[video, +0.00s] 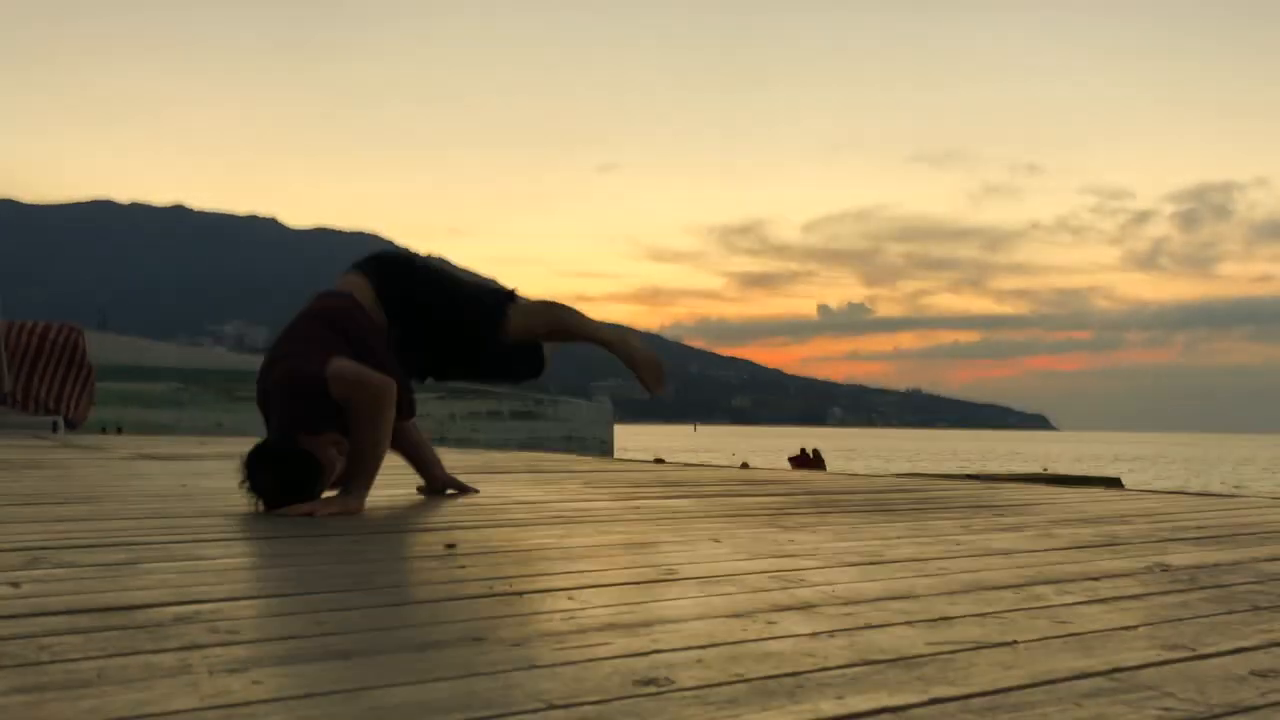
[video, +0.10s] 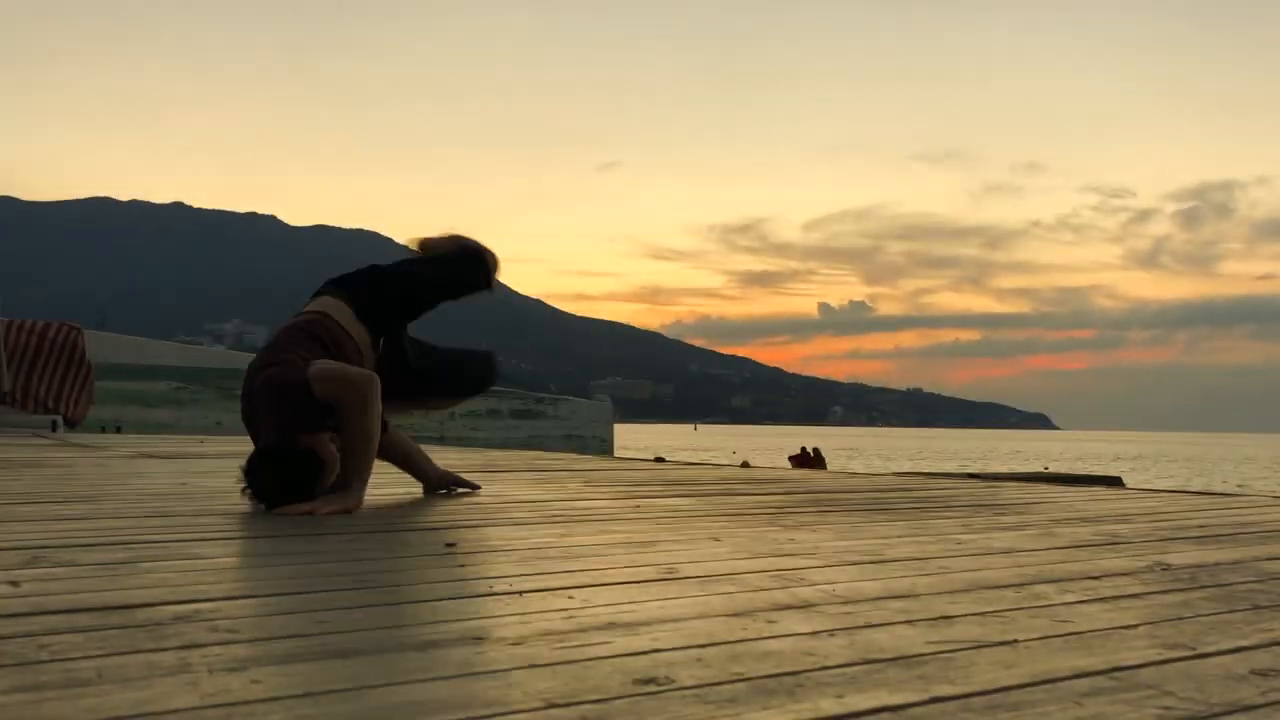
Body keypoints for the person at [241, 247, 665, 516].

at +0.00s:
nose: (335, 467)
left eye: (328, 468)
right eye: (328, 471)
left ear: (315, 445)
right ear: (312, 445)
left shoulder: (302, 383)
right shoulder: (285, 411)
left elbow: (378, 391)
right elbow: (387, 418)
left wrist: (355, 493)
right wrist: (435, 477)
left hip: (391, 287)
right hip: (386, 338)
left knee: (512, 318)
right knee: (514, 360)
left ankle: (619, 340)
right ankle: (436, 479)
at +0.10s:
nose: (337, 449)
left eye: (330, 451)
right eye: (337, 464)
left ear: (309, 445)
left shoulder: (278, 391)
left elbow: (365, 385)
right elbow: (370, 431)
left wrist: (353, 491)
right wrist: (429, 474)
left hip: (353, 304)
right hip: (374, 370)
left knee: (480, 267)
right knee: (481, 372)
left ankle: (432, 248)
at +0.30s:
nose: (354, 356)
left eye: (364, 371)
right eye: (378, 373)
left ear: (346, 383)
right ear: (377, 433)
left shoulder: (307, 361)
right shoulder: (337, 468)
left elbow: (302, 271)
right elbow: (393, 459)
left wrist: (387, 312)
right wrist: (430, 465)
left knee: (219, 314)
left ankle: (168, 402)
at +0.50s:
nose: (389, 362)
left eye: (399, 370)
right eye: (398, 357)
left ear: (398, 392)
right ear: (400, 353)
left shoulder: (338, 432)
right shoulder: (379, 350)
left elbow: (231, 436)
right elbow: (365, 298)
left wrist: (265, 386)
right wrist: (408, 311)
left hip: (196, 381)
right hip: (216, 337)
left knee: (63, 363)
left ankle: (151, 448)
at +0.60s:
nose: (396, 375)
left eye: (405, 391)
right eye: (408, 372)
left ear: (406, 418)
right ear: (406, 369)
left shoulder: (354, 451)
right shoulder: (378, 359)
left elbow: (244, 481)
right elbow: (365, 305)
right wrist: (391, 282)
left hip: (183, 388)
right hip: (209, 330)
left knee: (35, 391)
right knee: (114, 273)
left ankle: (151, 448)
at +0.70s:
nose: (400, 393)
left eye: (410, 405)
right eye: (408, 391)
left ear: (406, 436)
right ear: (403, 392)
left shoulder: (355, 462)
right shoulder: (373, 394)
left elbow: (248, 476)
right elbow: (400, 358)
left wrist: (332, 459)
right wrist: (441, 327)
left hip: (172, 389)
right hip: (194, 332)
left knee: (17, 401)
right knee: (104, 234)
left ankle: (137, 446)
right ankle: (6, 206)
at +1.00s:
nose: (262, 353)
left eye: (276, 347)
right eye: (261, 344)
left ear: (303, 360)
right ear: (252, 348)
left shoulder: (307, 399)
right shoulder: (231, 390)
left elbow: (293, 419)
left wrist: (253, 393)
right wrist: (51, 380)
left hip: (203, 458)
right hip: (136, 455)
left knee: (211, 289)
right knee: (45, 323)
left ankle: (135, 313)